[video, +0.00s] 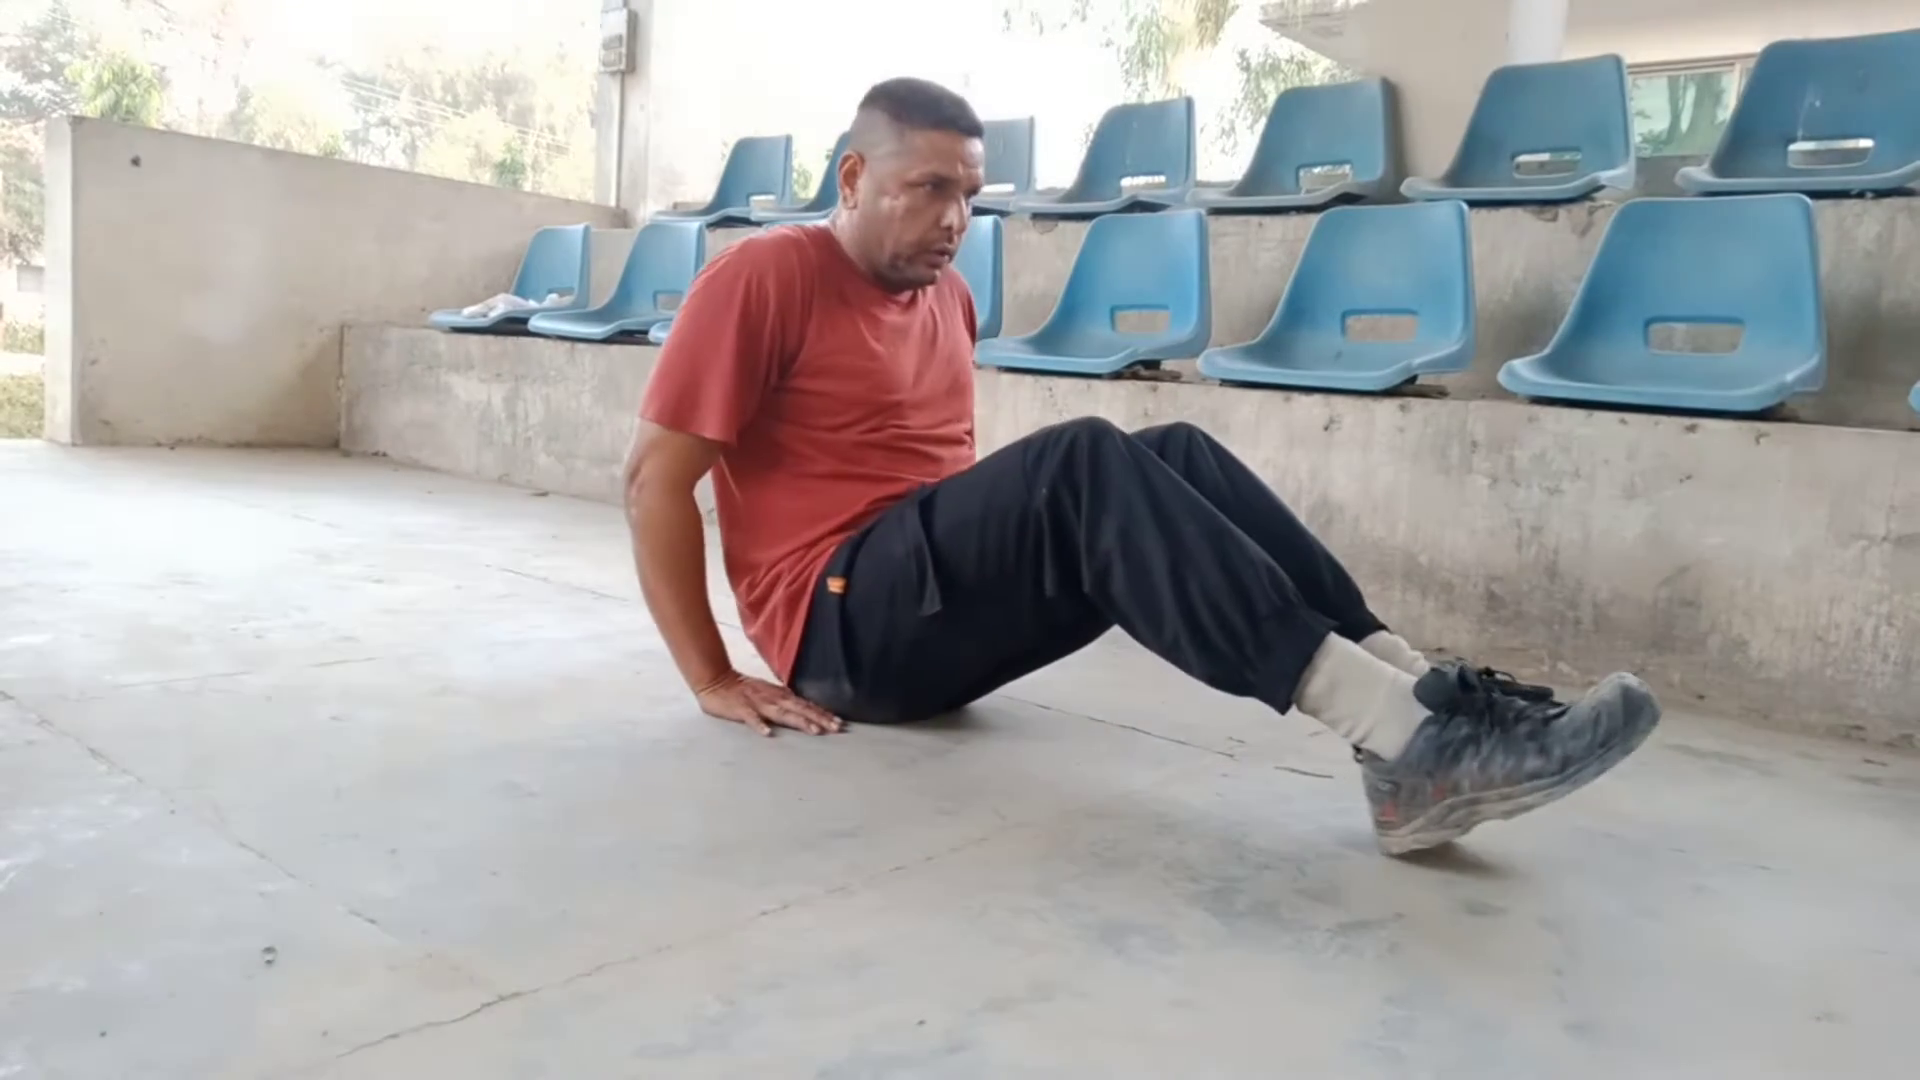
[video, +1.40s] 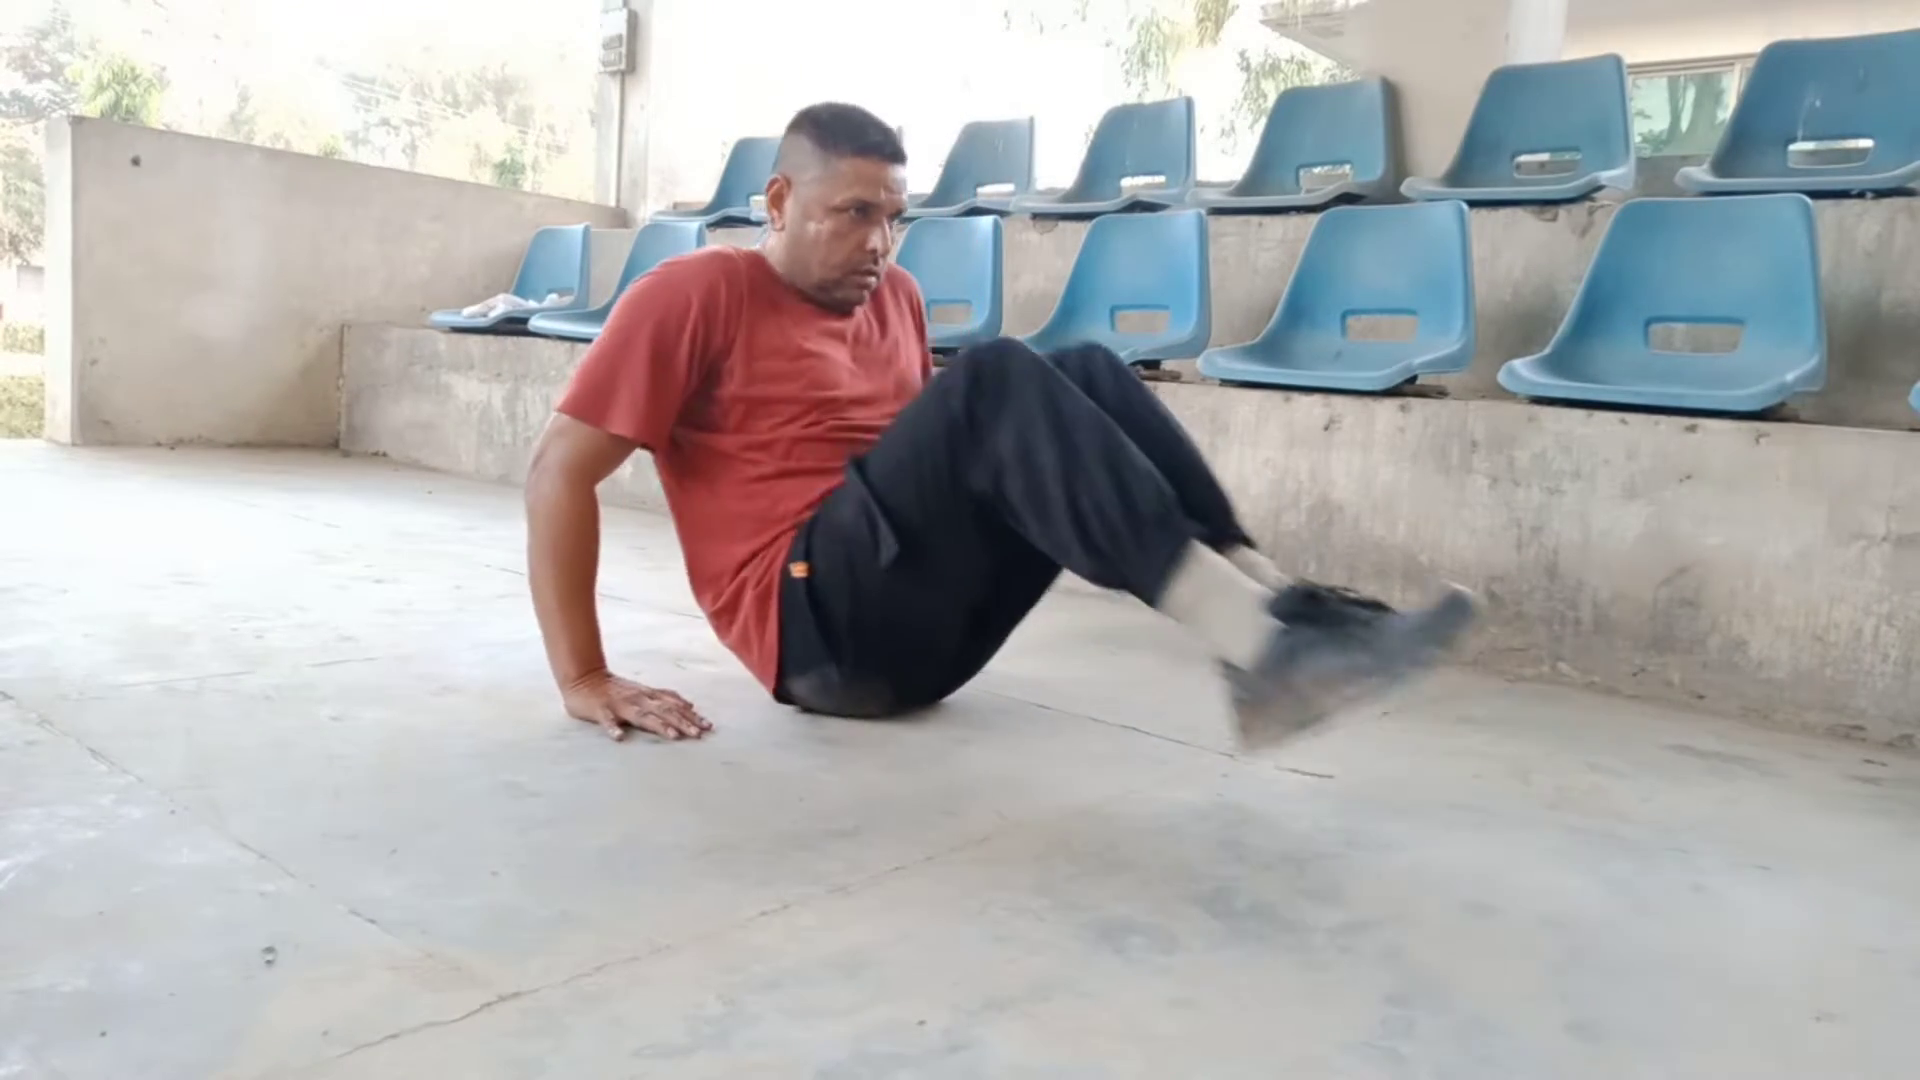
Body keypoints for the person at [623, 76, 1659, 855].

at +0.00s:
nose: (953, 218)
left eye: (966, 194)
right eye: (932, 190)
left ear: (966, 194)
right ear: (852, 179)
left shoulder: (944, 298)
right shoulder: (759, 278)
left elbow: (924, 470)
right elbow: (655, 479)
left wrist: (917, 636)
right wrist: (709, 680)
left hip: (930, 610)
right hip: (836, 624)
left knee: (1177, 457)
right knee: (1084, 462)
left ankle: (1443, 716)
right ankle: (1397, 746)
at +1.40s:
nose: (881, 241)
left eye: (893, 217)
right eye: (856, 214)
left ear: (900, 211)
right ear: (779, 203)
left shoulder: (894, 300)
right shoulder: (694, 297)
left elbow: (902, 450)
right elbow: (560, 471)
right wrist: (582, 678)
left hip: (915, 625)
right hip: (817, 629)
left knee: (1087, 369)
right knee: (996, 377)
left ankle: (1285, 618)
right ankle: (1246, 655)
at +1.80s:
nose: (836, 248)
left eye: (848, 225)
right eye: (812, 223)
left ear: (849, 220)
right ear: (737, 212)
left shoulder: (854, 309)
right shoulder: (662, 312)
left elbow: (887, 458)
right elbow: (524, 481)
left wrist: (929, 571)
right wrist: (578, 679)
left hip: (903, 611)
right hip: (812, 623)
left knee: (1120, 408)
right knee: (1037, 417)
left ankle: (1361, 646)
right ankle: (1328, 659)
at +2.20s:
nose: (796, 252)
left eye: (808, 229)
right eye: (768, 229)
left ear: (818, 230)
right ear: (698, 228)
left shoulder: (820, 316)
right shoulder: (635, 324)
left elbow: (854, 457)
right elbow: (504, 493)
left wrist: (900, 550)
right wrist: (575, 681)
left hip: (903, 571)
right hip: (800, 613)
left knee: (1172, 490)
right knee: (1037, 509)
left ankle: (1504, 589)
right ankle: (1420, 637)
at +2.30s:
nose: (801, 258)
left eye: (813, 236)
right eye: (776, 234)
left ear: (821, 235)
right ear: (706, 226)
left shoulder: (829, 318)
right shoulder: (639, 323)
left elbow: (863, 465)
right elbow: (506, 494)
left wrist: (905, 577)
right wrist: (576, 682)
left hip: (912, 581)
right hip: (790, 626)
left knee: (1179, 493)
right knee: (950, 493)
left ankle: (1544, 553)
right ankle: (1264, 603)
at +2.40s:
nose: (811, 264)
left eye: (823, 240)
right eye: (787, 237)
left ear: (830, 234)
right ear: (715, 223)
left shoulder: (837, 320)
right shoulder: (644, 323)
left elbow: (872, 472)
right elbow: (507, 494)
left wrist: (943, 548)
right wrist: (575, 682)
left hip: (908, 572)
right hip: (787, 609)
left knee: (1170, 518)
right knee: (885, 526)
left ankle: (1517, 548)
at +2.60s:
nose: (813, 264)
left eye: (825, 240)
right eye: (788, 236)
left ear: (832, 229)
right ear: (715, 217)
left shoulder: (834, 316)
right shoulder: (637, 316)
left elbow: (872, 457)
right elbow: (509, 490)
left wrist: (953, 550)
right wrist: (577, 681)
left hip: (907, 590)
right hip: (779, 619)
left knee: (1147, 499)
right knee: (890, 486)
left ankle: (1499, 586)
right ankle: (1129, 653)